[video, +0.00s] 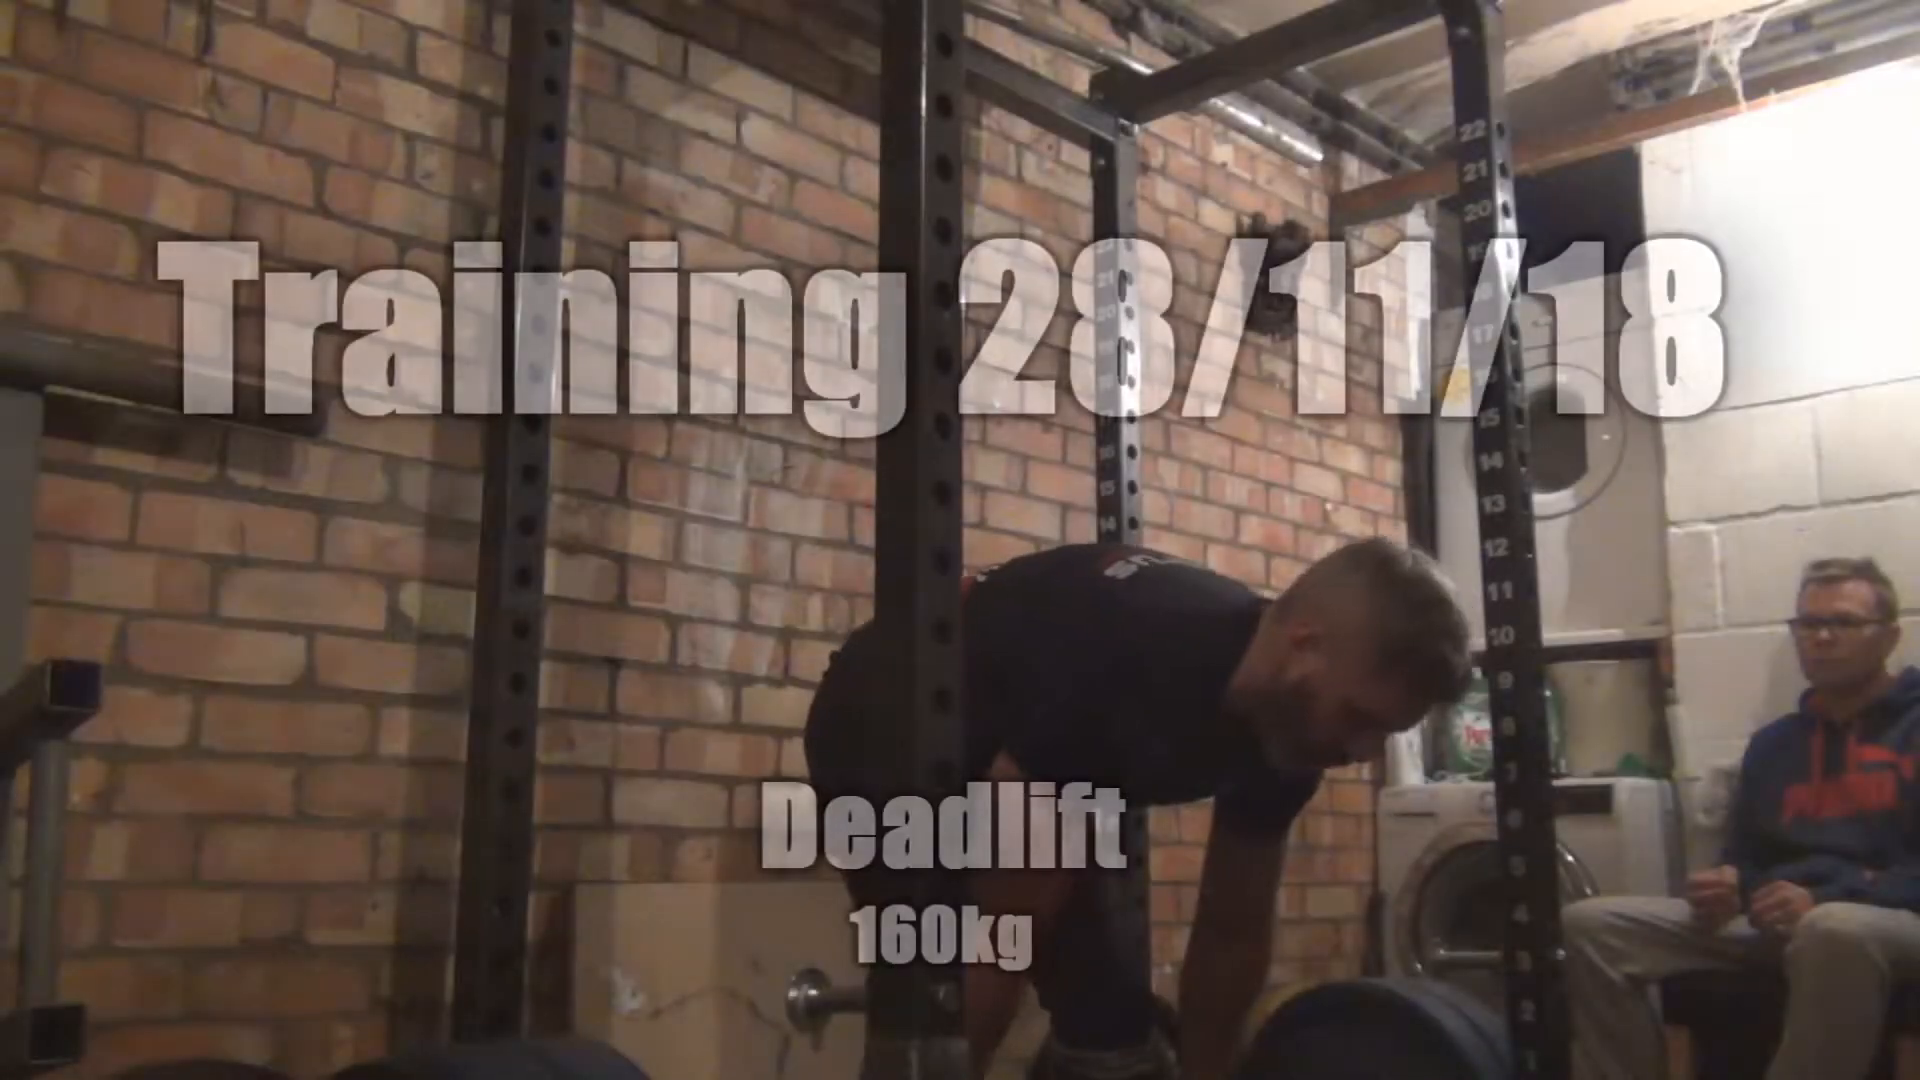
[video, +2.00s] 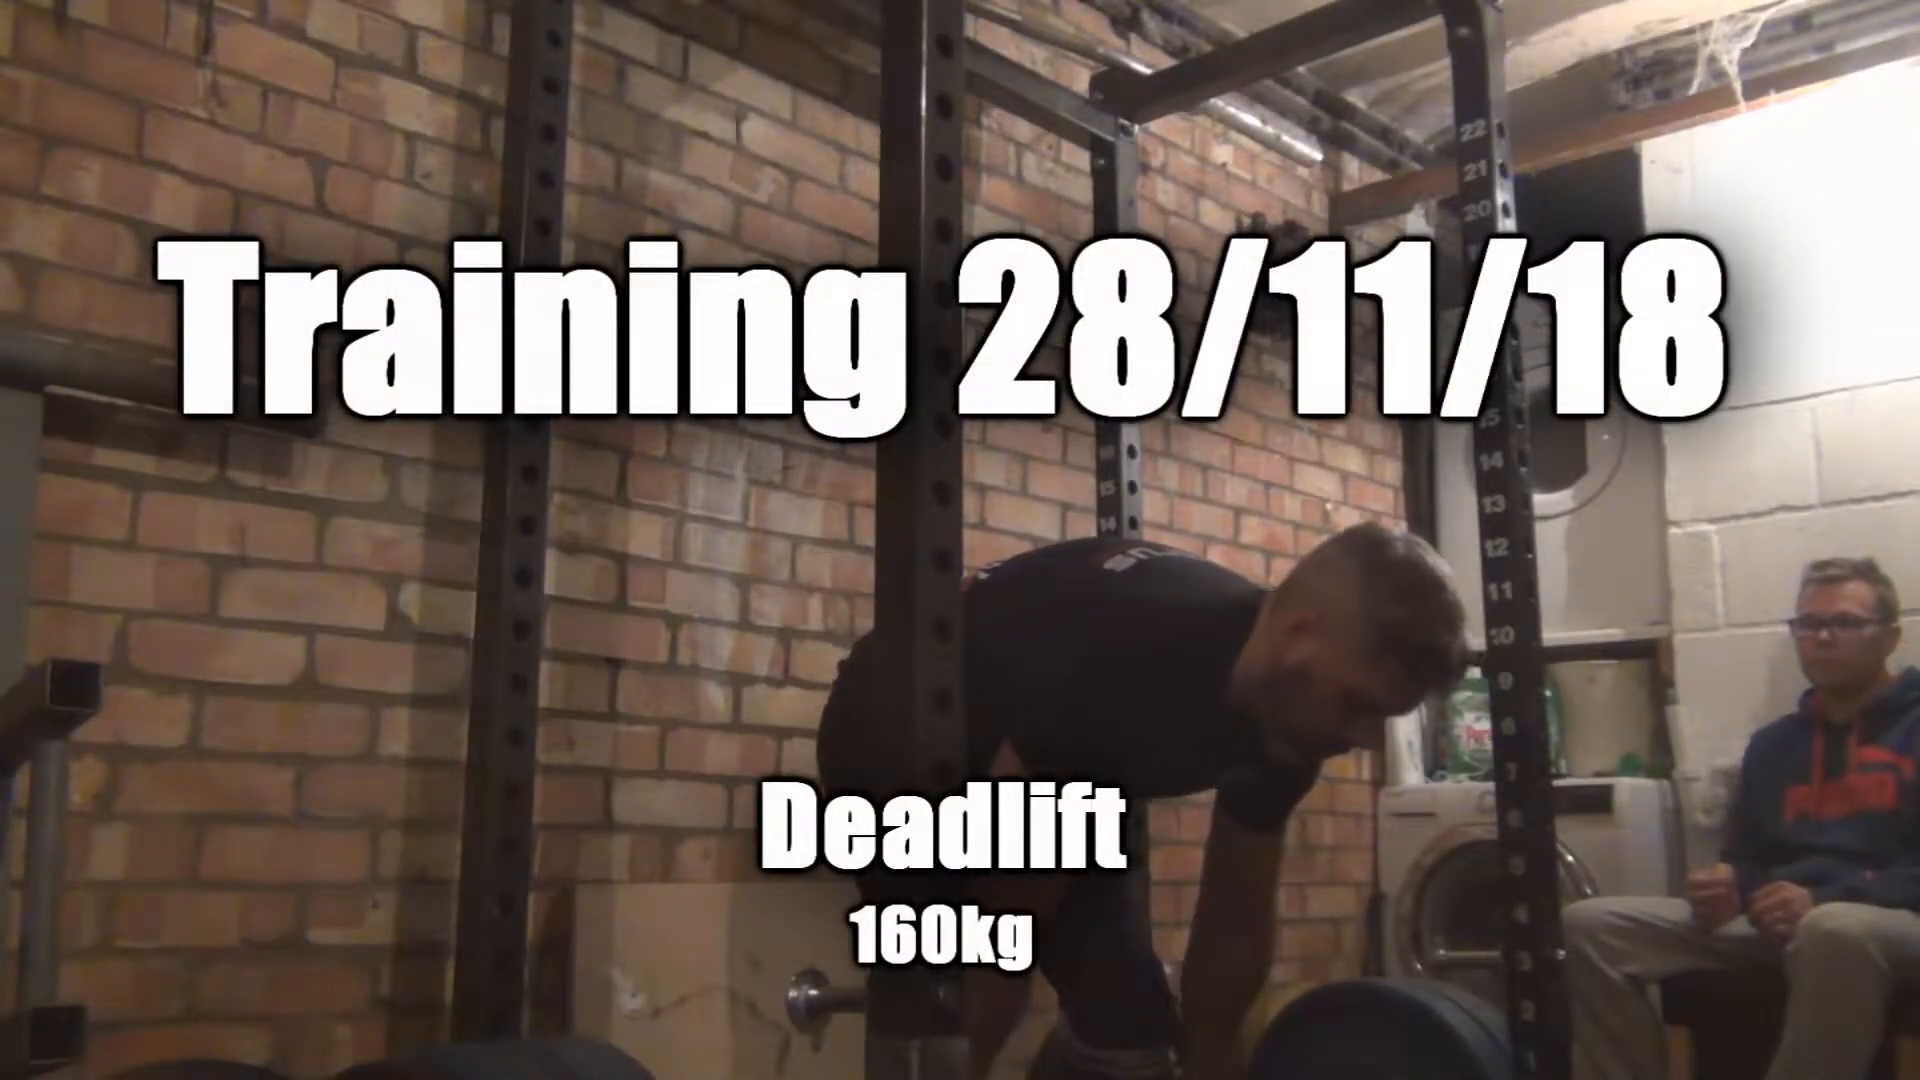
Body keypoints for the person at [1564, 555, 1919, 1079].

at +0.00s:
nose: (1821, 638)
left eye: (1842, 624)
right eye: (1809, 623)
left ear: (1890, 636)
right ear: (1794, 633)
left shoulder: (1913, 724)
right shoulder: (1773, 744)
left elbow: (1913, 877)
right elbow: (1745, 854)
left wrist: (1820, 900)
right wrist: (1729, 886)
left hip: (1894, 921)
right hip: (1772, 921)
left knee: (1831, 936)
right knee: (1589, 928)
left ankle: (1801, 1072)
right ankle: (1627, 1073)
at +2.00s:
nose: (1821, 638)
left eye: (1844, 624)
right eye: (1808, 624)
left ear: (1890, 637)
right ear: (1794, 633)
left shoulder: (1914, 723)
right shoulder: (1772, 745)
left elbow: (1914, 875)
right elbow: (1746, 858)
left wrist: (1821, 900)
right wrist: (1729, 888)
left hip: (1895, 922)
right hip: (1774, 920)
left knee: (1833, 936)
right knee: (1589, 929)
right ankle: (1626, 1073)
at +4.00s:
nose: (1822, 639)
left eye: (1844, 624)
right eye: (1809, 624)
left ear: (1890, 636)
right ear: (1794, 634)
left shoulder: (1914, 723)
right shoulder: (1773, 744)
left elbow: (1914, 873)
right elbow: (1744, 852)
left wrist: (1820, 900)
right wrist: (1731, 883)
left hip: (1894, 920)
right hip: (1771, 919)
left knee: (1833, 935)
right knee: (1589, 929)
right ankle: (1628, 1072)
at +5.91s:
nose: (1825, 637)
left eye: (1848, 623)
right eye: (1812, 622)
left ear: (1894, 637)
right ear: (1797, 633)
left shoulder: (1913, 722)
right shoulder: (1774, 743)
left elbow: (1913, 871)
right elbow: (1743, 849)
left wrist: (1818, 902)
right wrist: (1730, 886)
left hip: (1892, 916)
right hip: (1768, 916)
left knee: (1832, 937)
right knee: (1586, 929)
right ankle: (1630, 1074)